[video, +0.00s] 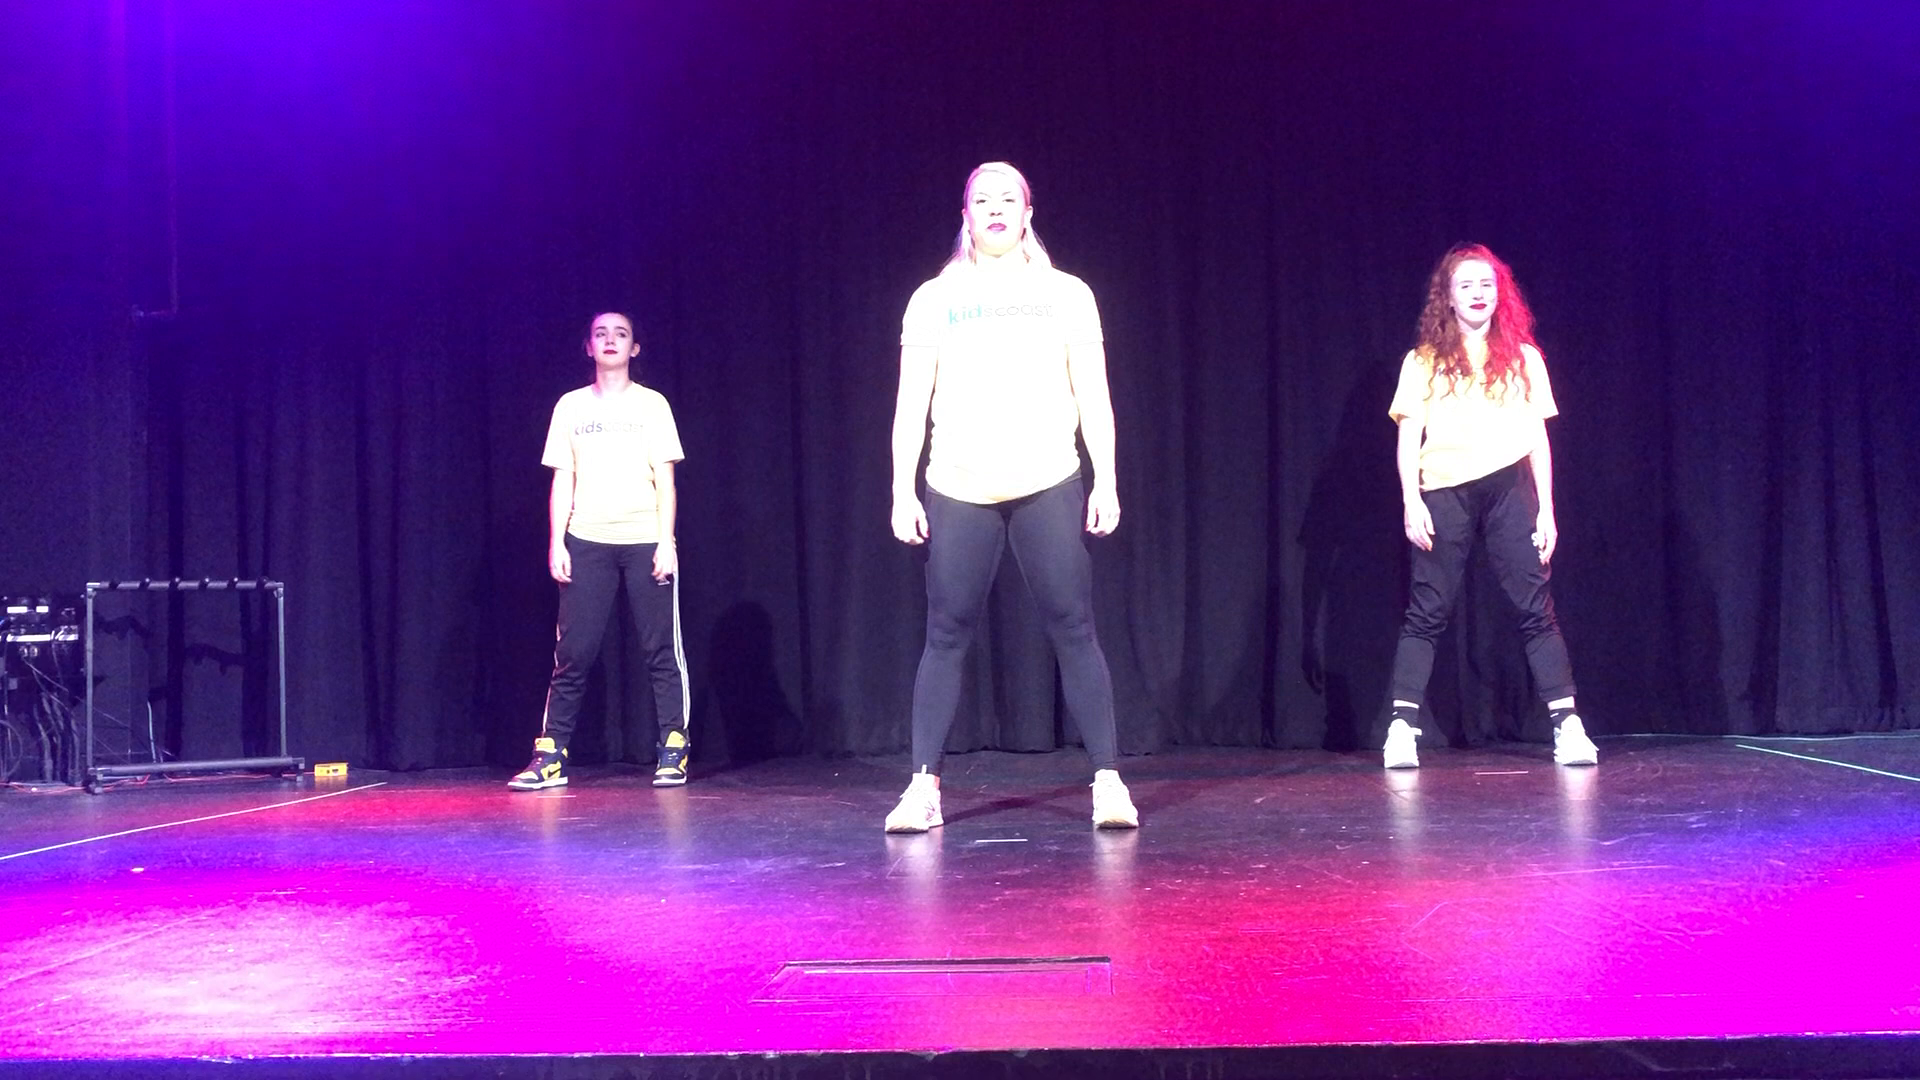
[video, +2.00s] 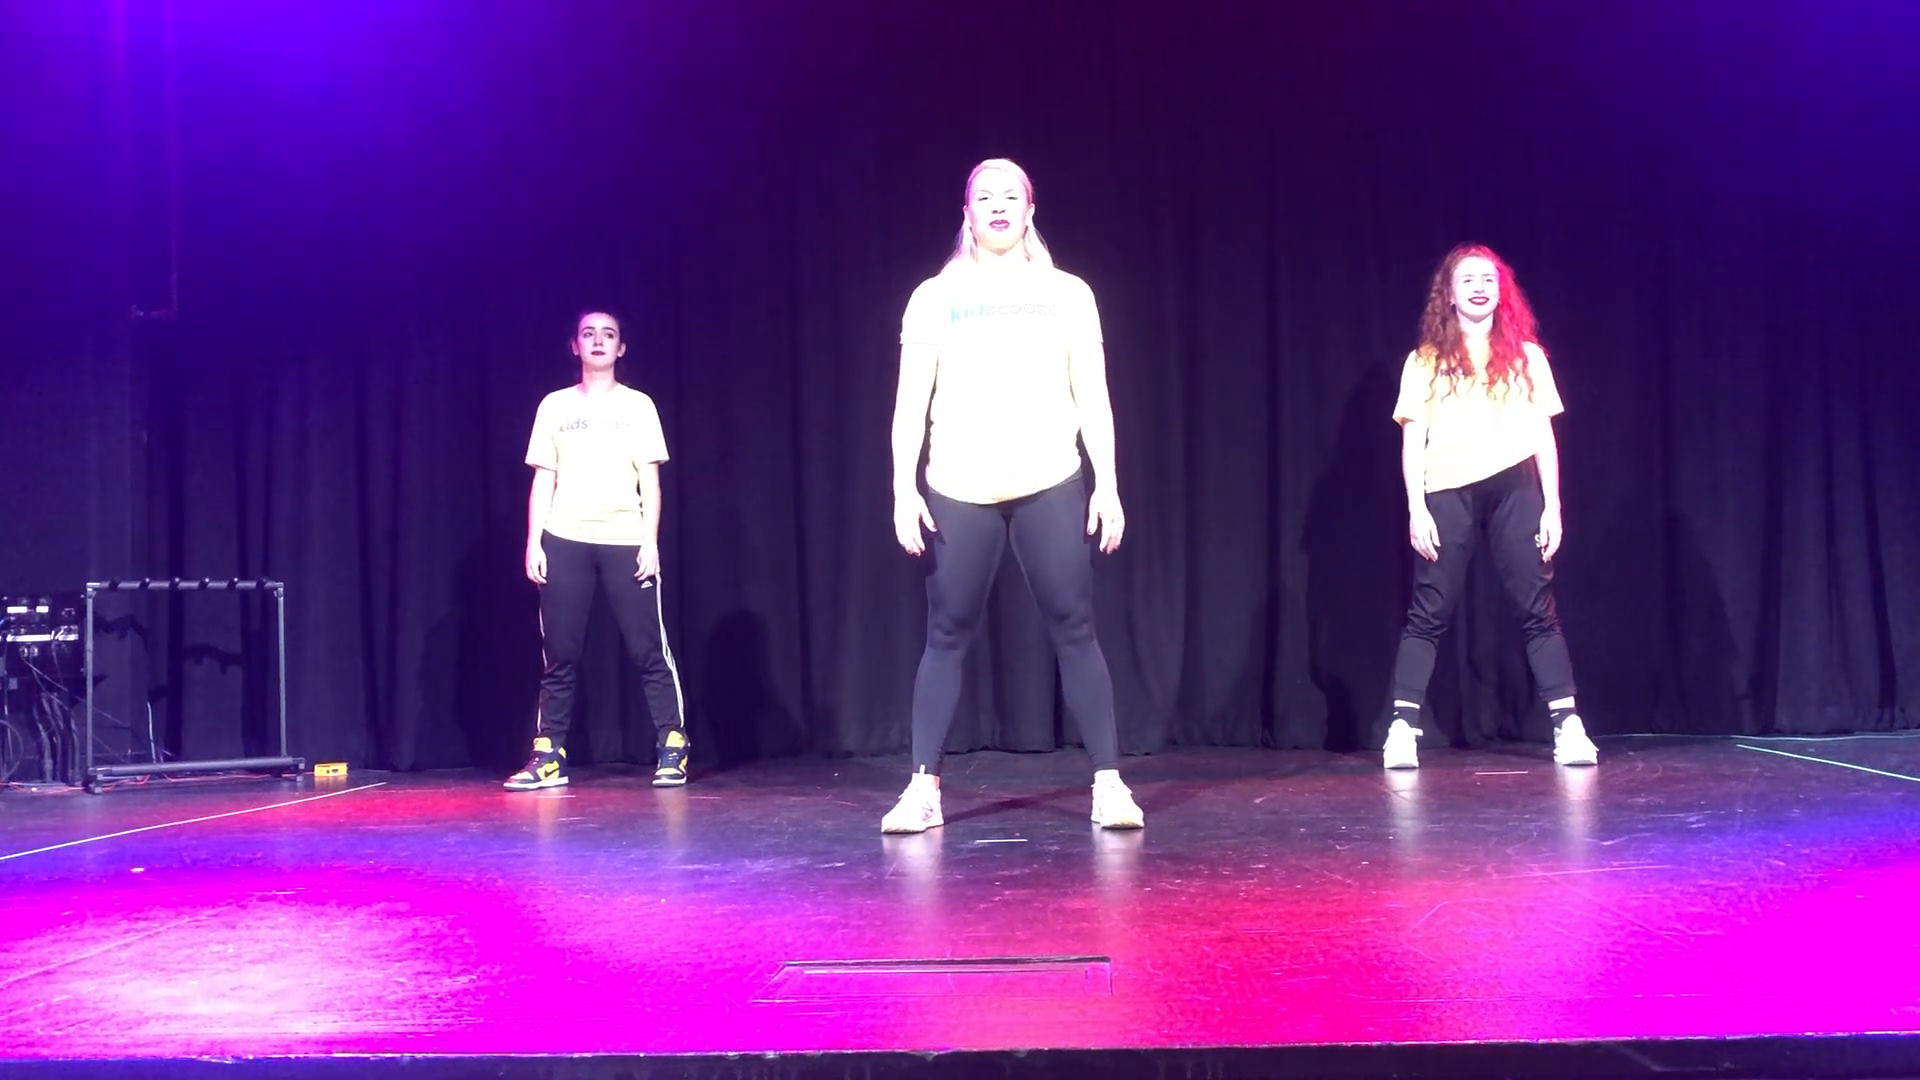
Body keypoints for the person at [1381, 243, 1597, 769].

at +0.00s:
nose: (1477, 294)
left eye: (1486, 284)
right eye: (1466, 285)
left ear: (1500, 293)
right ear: (1446, 294)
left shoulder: (1523, 355)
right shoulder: (1424, 360)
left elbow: (1538, 439)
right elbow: (1409, 437)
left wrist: (1545, 511)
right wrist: (1411, 499)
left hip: (1510, 489)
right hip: (1443, 493)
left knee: (1534, 605)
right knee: (1429, 609)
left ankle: (1566, 725)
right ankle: (1403, 726)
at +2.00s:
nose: (1478, 288)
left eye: (1487, 280)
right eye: (1468, 280)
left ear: (1502, 291)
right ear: (1448, 290)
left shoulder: (1527, 355)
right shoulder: (1426, 359)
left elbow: (1544, 435)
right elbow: (1413, 440)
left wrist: (1552, 506)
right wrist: (1417, 508)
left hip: (1514, 489)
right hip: (1446, 493)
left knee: (1536, 607)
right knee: (1430, 609)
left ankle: (1567, 725)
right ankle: (1404, 727)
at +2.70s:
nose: (1468, 285)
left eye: (1478, 276)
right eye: (1458, 277)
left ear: (1497, 286)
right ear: (1442, 289)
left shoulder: (1526, 350)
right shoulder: (1423, 357)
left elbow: (1545, 430)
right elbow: (1412, 435)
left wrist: (1552, 500)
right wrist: (1399, 498)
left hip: (1514, 488)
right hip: (1442, 492)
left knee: (1535, 606)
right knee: (1429, 609)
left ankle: (1567, 724)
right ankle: (1405, 728)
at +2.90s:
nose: (1409, 308)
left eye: (1422, 298)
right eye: (1408, 301)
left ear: (1457, 300)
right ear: (1409, 311)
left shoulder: (1499, 359)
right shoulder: (1410, 374)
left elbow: (1533, 442)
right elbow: (1357, 423)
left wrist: (1539, 516)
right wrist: (1356, 369)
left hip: (1501, 508)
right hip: (1435, 516)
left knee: (1530, 618)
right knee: (1417, 619)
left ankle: (1593, 717)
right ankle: (1402, 731)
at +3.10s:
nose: (1388, 323)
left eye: (1399, 312)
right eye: (1387, 316)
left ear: (1433, 317)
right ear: (1388, 327)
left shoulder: (1469, 374)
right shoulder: (1399, 389)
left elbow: (1506, 450)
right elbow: (1339, 422)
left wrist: (1512, 530)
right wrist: (1364, 369)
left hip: (1491, 515)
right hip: (1436, 525)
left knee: (1508, 635)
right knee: (1410, 619)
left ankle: (1612, 714)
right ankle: (1401, 735)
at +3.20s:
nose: (1385, 322)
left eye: (1396, 311)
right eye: (1384, 314)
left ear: (1431, 315)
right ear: (1384, 324)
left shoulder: (1469, 370)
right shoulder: (1395, 383)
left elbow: (1501, 444)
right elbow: (1341, 426)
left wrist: (1504, 524)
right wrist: (1365, 368)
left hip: (1491, 507)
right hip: (1436, 519)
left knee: (1504, 632)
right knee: (1414, 616)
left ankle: (1612, 714)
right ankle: (1402, 734)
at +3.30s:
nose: (1388, 332)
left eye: (1400, 322)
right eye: (1385, 324)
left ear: (1434, 327)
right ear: (1383, 334)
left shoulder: (1471, 378)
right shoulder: (1396, 390)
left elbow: (1505, 455)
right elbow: (1342, 434)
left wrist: (1507, 534)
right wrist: (1368, 376)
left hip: (1493, 516)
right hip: (1435, 526)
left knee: (1506, 638)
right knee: (1410, 619)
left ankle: (1611, 715)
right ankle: (1402, 733)